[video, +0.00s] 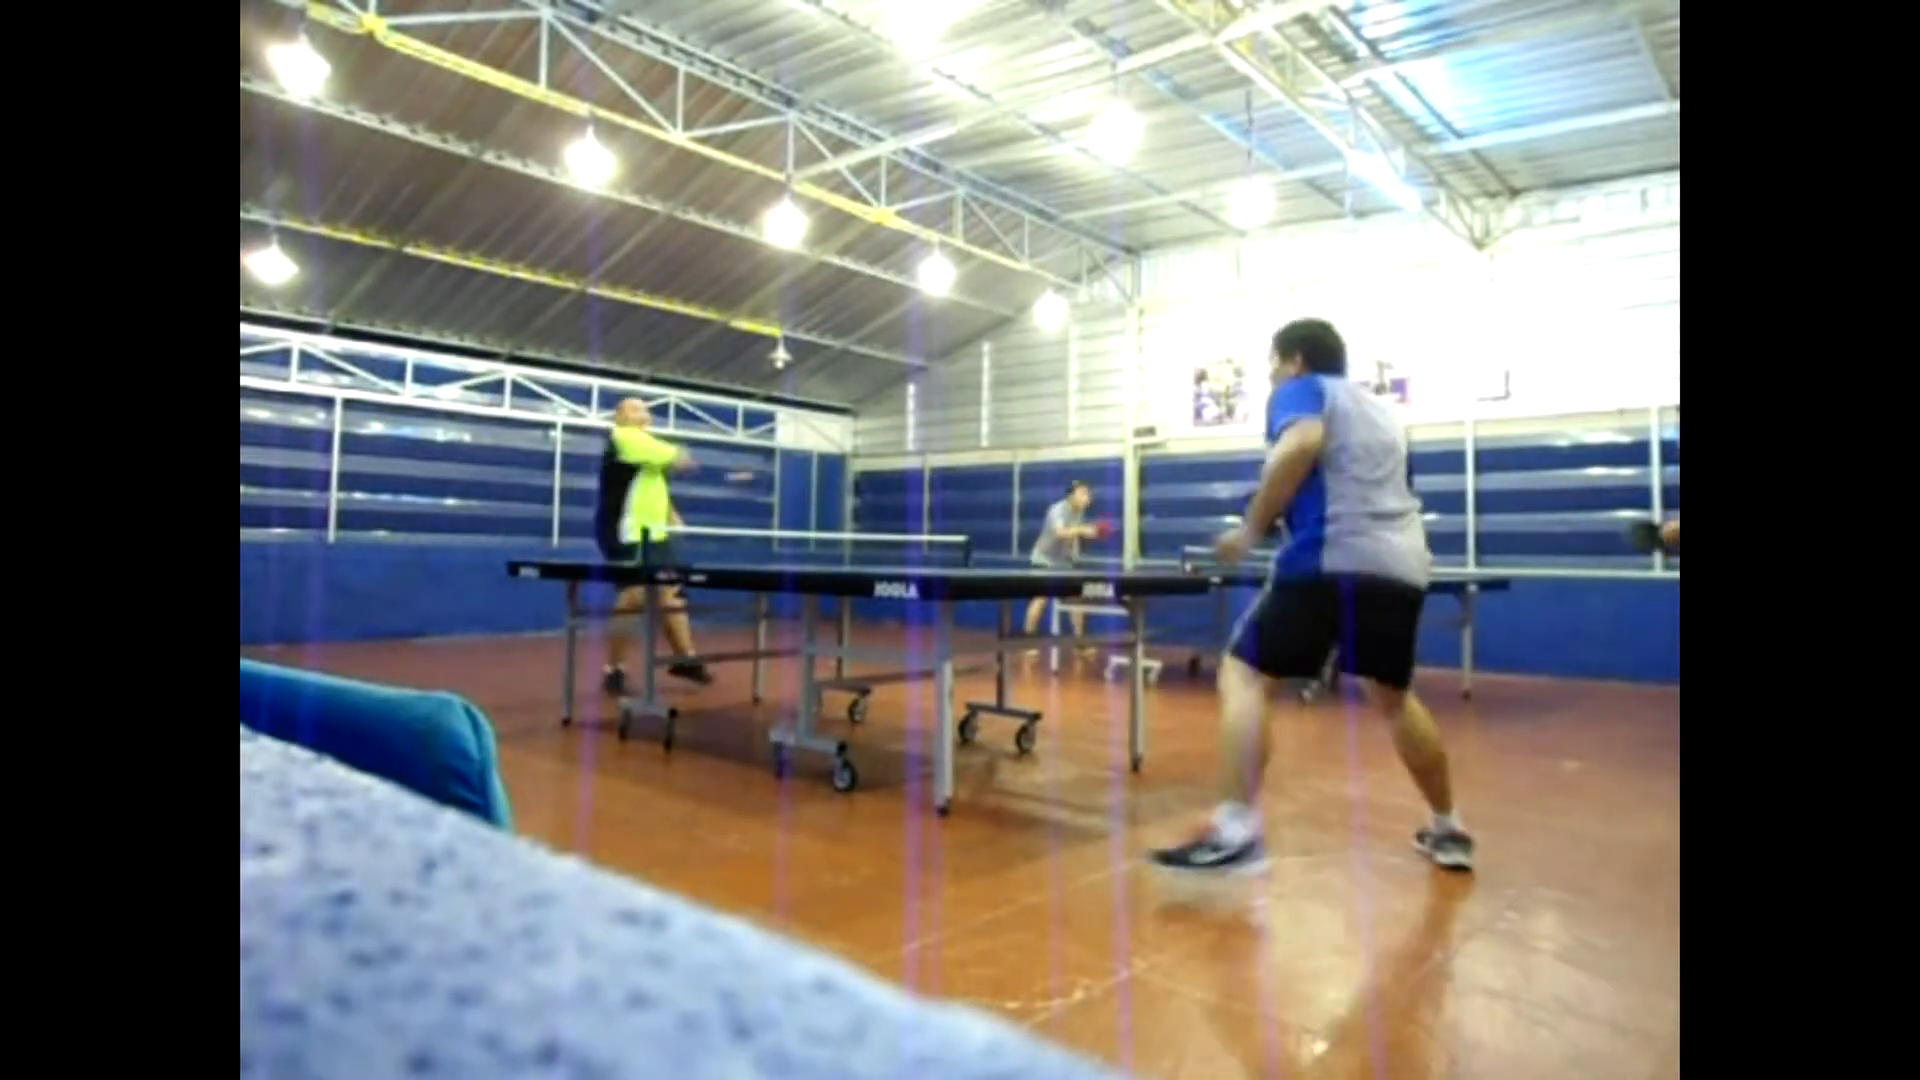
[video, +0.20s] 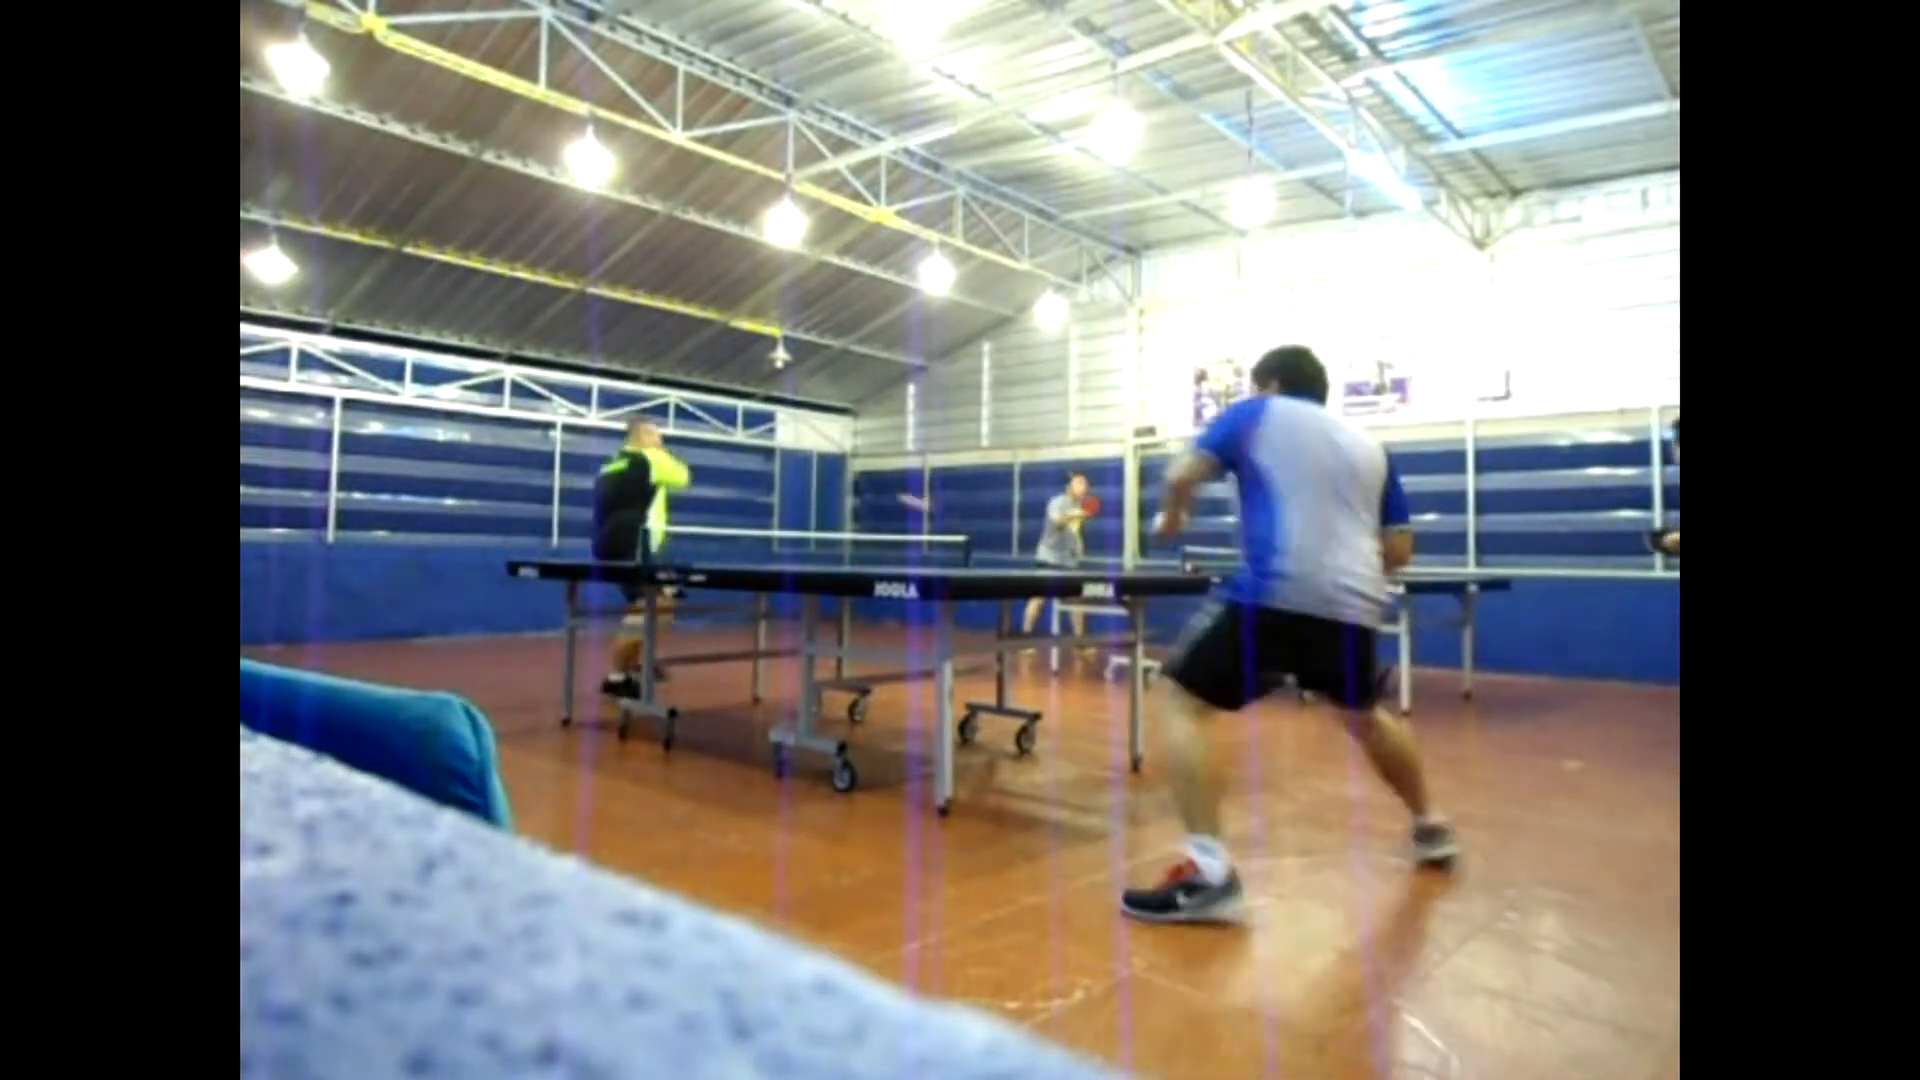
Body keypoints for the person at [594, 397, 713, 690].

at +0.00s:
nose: (645, 415)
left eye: (645, 410)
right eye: (637, 409)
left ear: (647, 417)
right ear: (621, 416)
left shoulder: (648, 443)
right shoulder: (621, 438)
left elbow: (654, 489)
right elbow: (655, 454)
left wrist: (670, 514)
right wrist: (677, 457)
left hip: (654, 527)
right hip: (625, 528)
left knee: (670, 591)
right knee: (633, 595)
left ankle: (686, 656)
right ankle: (614, 666)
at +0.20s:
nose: (658, 440)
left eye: (657, 435)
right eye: (654, 435)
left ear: (630, 439)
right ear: (644, 437)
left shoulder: (609, 469)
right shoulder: (651, 462)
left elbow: (604, 515)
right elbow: (681, 477)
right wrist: (658, 453)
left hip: (608, 551)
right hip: (636, 551)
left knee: (642, 605)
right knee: (658, 601)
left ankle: (633, 664)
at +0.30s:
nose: (659, 450)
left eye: (659, 443)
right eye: (655, 443)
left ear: (634, 445)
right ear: (641, 444)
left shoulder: (611, 472)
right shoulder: (650, 471)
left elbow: (603, 512)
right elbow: (672, 509)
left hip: (602, 551)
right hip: (632, 553)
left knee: (638, 608)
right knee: (644, 607)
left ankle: (634, 668)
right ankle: (618, 674)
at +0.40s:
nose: (658, 447)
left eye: (659, 442)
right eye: (652, 441)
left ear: (659, 446)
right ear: (636, 444)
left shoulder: (625, 468)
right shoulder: (636, 471)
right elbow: (647, 512)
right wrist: (667, 542)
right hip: (617, 552)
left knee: (635, 608)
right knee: (615, 610)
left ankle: (633, 668)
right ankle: (618, 673)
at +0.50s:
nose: (648, 441)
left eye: (650, 436)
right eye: (643, 434)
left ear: (646, 441)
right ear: (626, 435)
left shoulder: (637, 466)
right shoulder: (611, 462)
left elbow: (637, 507)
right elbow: (608, 500)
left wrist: (655, 537)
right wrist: (648, 525)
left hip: (631, 546)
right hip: (605, 545)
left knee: (638, 602)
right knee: (595, 604)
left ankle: (634, 664)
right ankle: (581, 668)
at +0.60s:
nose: (628, 429)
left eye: (631, 423)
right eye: (621, 422)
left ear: (634, 428)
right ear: (607, 425)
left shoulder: (631, 459)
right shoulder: (587, 450)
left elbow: (627, 501)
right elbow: (578, 492)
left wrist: (641, 527)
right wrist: (621, 515)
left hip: (617, 539)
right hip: (586, 537)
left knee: (626, 599)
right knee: (573, 597)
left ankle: (632, 660)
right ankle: (537, 656)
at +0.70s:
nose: (607, 430)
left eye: (610, 424)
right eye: (601, 424)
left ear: (613, 428)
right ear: (586, 426)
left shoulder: (620, 459)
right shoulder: (561, 451)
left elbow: (623, 495)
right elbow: (550, 491)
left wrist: (633, 513)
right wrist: (587, 513)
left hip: (605, 541)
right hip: (567, 539)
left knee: (620, 594)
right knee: (546, 596)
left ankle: (628, 655)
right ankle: (507, 658)